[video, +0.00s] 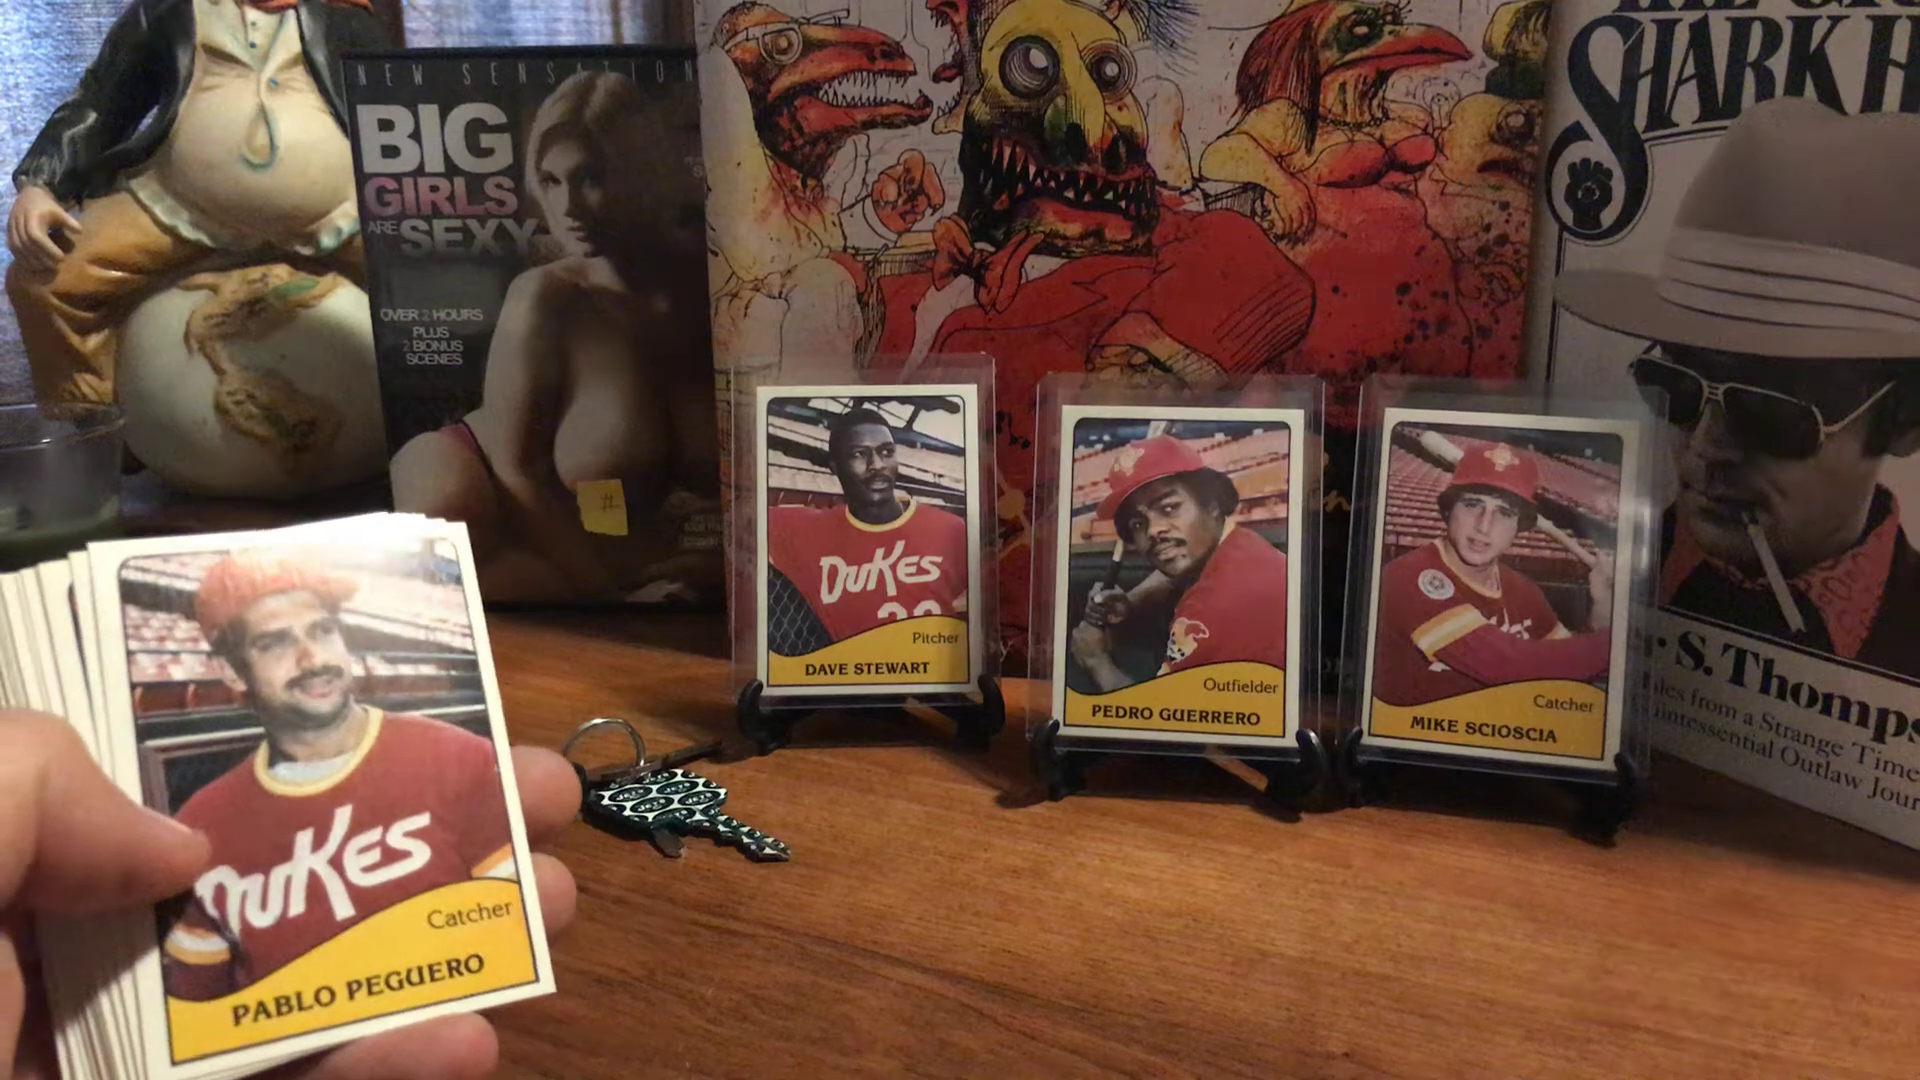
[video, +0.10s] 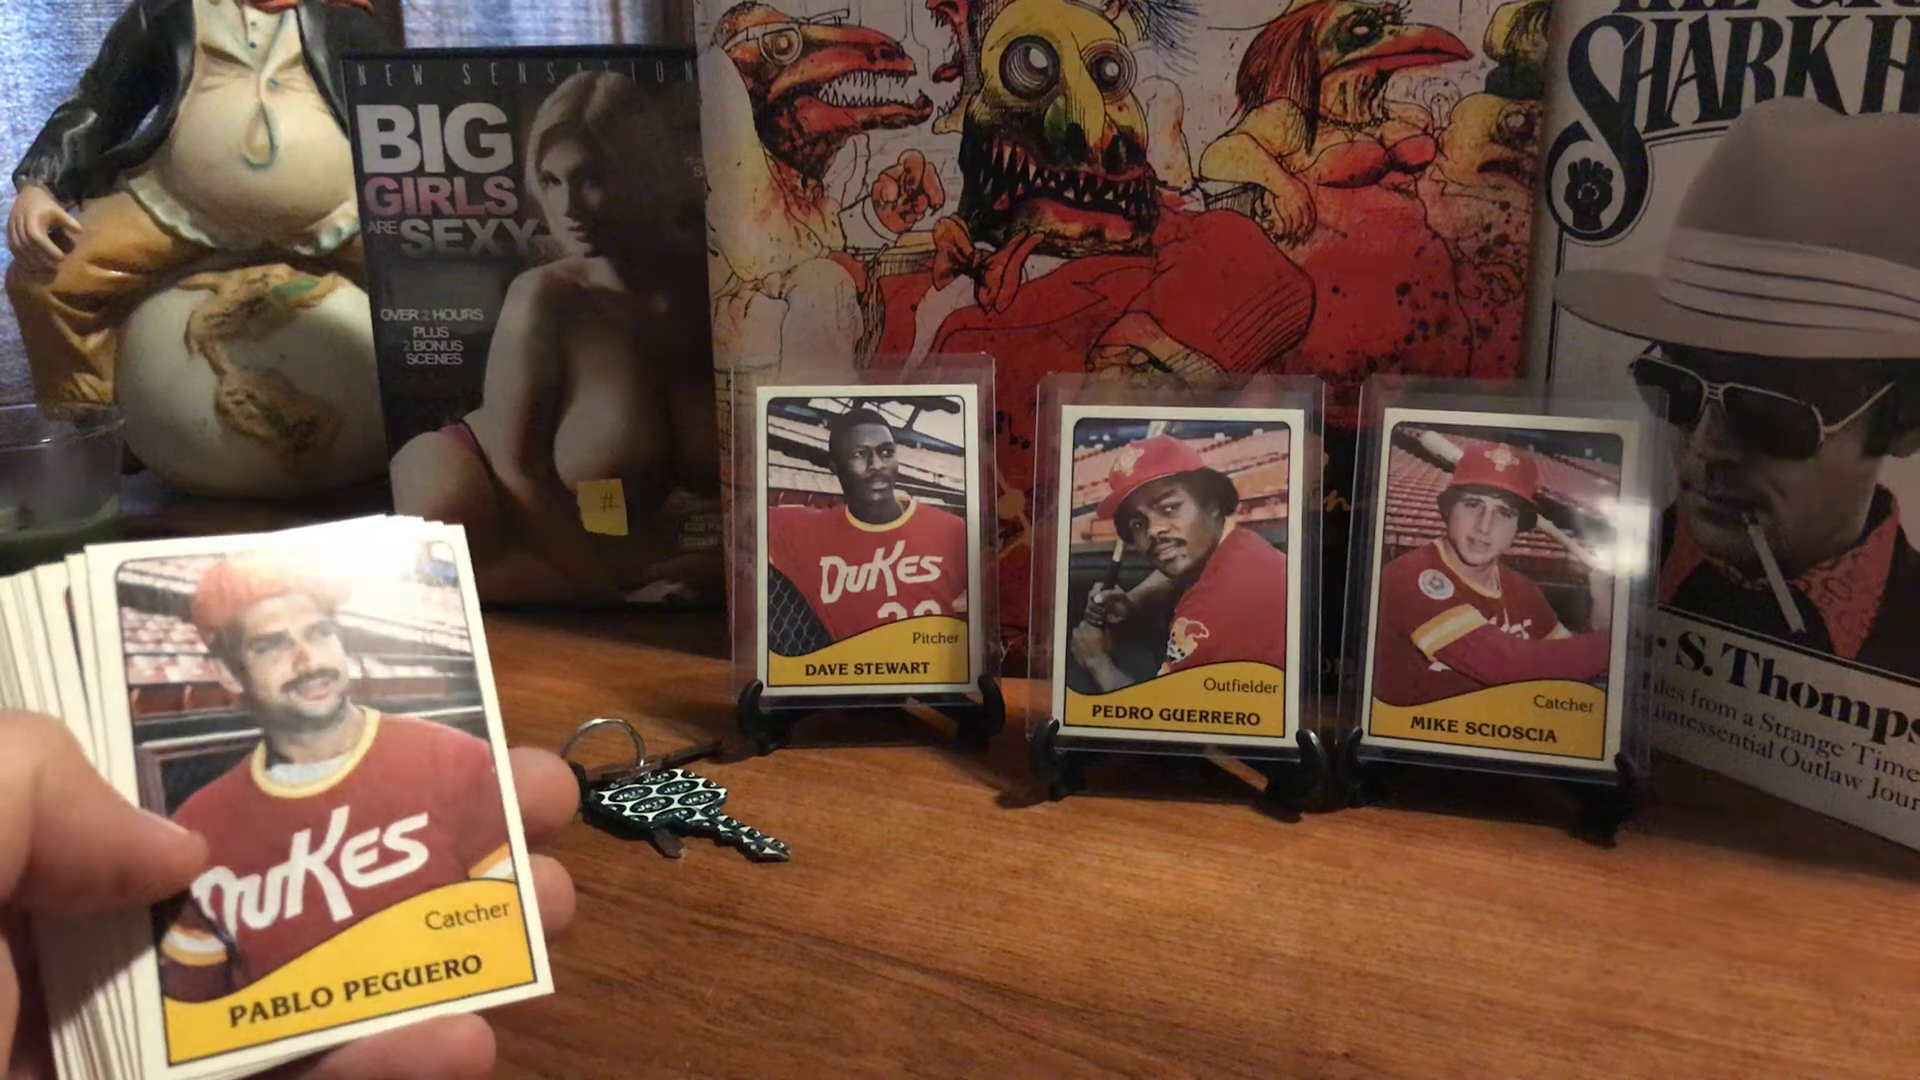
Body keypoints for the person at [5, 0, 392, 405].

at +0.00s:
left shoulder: (352, 21)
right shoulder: (167, 12)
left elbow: (403, 115)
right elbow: (100, 101)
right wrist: (36, 182)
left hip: (341, 210)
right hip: (180, 205)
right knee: (44, 280)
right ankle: (100, 450)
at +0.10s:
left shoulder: (351, 21)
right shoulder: (166, 12)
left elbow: (402, 112)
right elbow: (99, 102)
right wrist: (35, 182)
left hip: (340, 211)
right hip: (179, 206)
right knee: (43, 281)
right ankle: (100, 450)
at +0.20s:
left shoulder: (350, 20)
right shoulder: (166, 10)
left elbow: (401, 114)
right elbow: (98, 103)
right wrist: (35, 182)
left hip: (338, 211)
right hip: (179, 207)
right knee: (43, 281)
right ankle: (101, 448)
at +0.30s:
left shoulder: (350, 20)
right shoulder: (165, 11)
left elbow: (400, 114)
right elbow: (97, 104)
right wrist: (35, 182)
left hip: (338, 211)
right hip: (179, 206)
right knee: (43, 281)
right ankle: (103, 448)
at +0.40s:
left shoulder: (350, 20)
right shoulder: (165, 12)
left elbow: (404, 112)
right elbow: (96, 104)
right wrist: (35, 183)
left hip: (339, 212)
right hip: (178, 207)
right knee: (43, 281)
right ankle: (101, 452)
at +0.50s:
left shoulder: (349, 21)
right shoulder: (165, 13)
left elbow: (401, 113)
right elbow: (96, 105)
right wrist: (36, 183)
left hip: (338, 211)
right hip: (178, 207)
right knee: (44, 282)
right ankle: (97, 462)